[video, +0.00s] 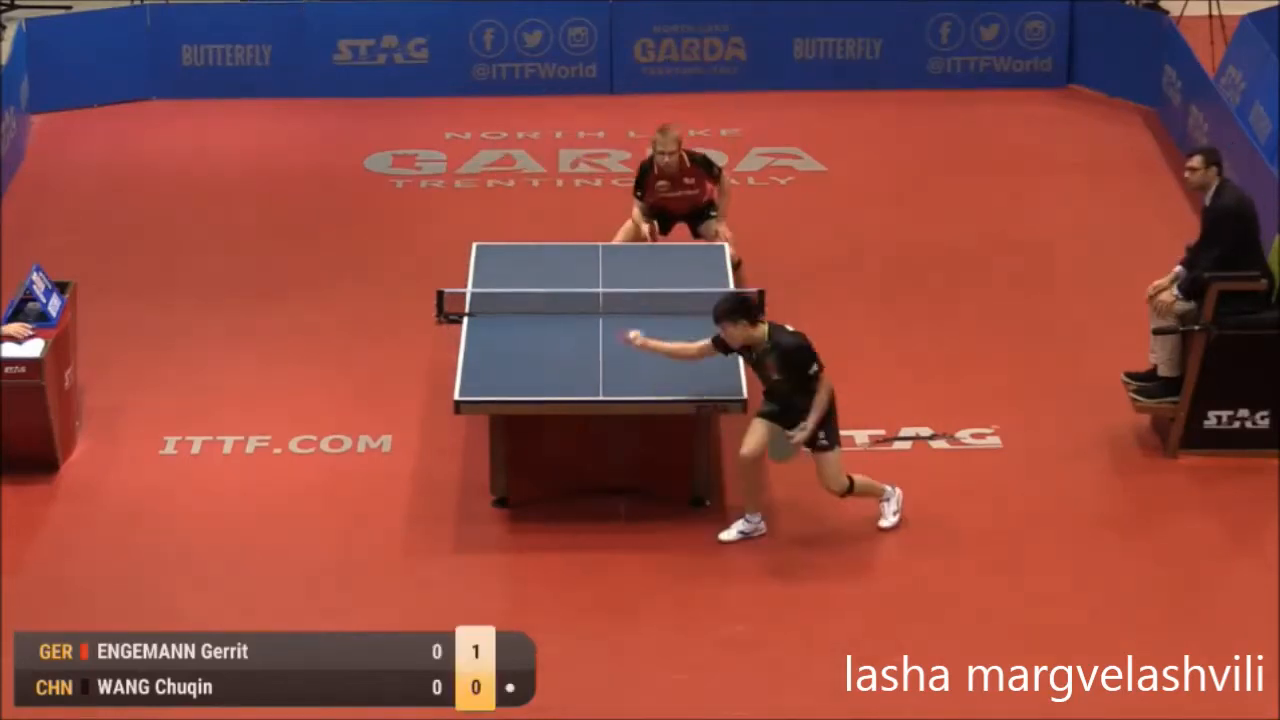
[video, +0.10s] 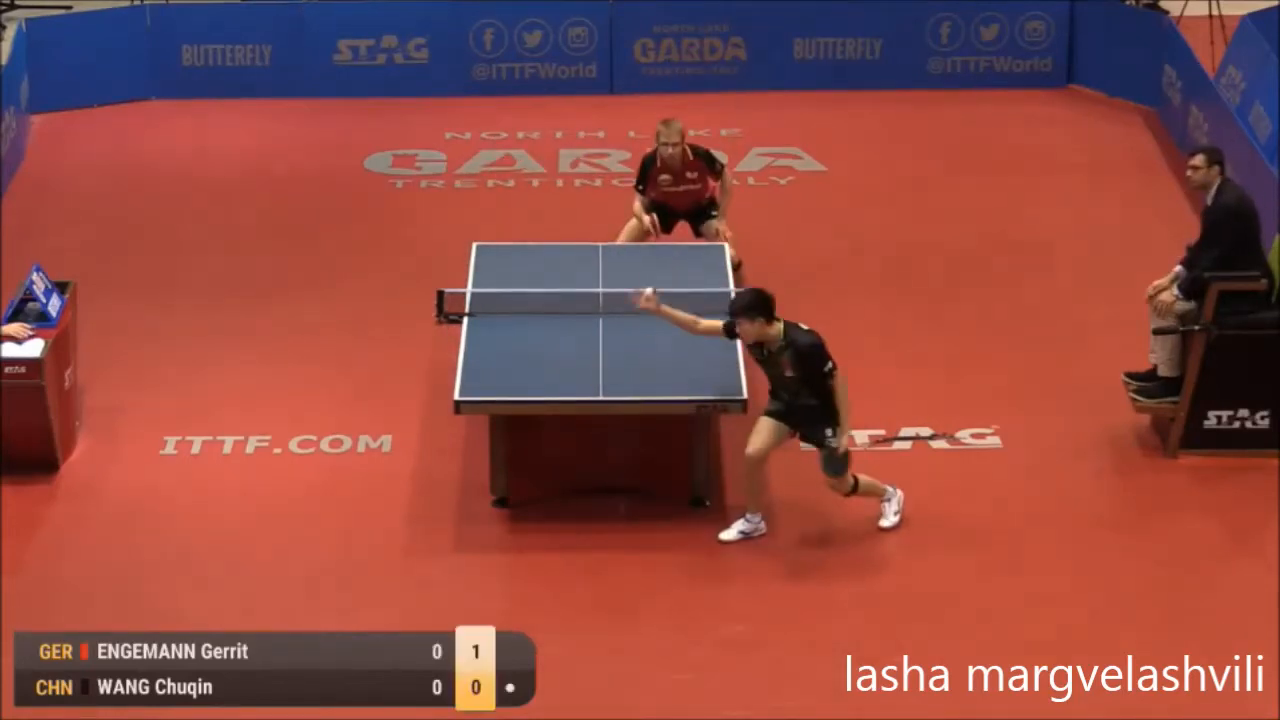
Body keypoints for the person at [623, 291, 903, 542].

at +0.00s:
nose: (725, 336)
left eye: (727, 330)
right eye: (723, 331)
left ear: (747, 325)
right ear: (735, 328)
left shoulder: (792, 344)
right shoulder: (740, 341)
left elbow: (824, 387)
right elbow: (695, 351)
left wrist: (807, 428)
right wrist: (647, 344)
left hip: (813, 406)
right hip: (777, 404)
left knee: (835, 484)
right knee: (748, 455)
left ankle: (888, 494)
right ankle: (753, 519)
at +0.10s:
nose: (737, 331)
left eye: (741, 325)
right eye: (736, 325)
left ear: (761, 323)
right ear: (749, 323)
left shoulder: (807, 343)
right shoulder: (748, 334)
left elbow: (837, 381)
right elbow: (698, 326)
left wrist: (844, 428)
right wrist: (657, 308)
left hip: (822, 412)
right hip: (784, 405)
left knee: (841, 483)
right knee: (753, 454)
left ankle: (890, 495)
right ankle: (753, 519)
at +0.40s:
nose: (774, 303)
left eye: (781, 300)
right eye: (775, 298)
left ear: (802, 304)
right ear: (781, 301)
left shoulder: (839, 323)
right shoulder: (778, 312)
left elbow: (877, 353)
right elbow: (734, 295)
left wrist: (888, 400)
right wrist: (690, 281)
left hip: (848, 383)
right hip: (808, 378)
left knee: (861, 452)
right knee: (774, 432)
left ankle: (893, 501)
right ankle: (759, 512)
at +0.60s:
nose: (763, 319)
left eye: (770, 315)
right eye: (764, 313)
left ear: (790, 320)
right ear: (765, 309)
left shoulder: (827, 318)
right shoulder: (769, 316)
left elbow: (873, 327)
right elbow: (740, 305)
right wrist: (705, 297)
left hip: (849, 376)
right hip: (810, 374)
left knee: (870, 450)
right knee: (762, 411)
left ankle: (895, 500)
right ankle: (773, 491)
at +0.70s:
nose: (750, 334)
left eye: (755, 330)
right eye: (748, 328)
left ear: (773, 328)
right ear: (757, 323)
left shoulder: (811, 323)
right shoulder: (768, 319)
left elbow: (859, 334)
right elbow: (743, 314)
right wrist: (712, 311)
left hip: (844, 380)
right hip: (805, 376)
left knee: (866, 455)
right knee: (755, 412)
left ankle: (894, 500)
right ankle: (776, 483)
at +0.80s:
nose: (717, 340)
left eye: (718, 335)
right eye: (714, 335)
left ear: (733, 329)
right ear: (735, 325)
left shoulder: (770, 330)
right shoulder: (745, 335)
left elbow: (814, 341)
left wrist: (777, 363)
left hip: (826, 384)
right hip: (793, 383)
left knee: (846, 463)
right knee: (744, 421)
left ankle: (890, 496)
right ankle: (768, 491)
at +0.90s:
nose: (699, 330)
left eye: (699, 325)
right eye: (697, 325)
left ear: (713, 321)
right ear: (719, 316)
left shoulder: (748, 328)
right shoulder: (737, 324)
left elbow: (789, 341)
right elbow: (778, 326)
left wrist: (740, 361)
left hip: (813, 386)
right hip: (785, 383)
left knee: (814, 469)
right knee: (742, 423)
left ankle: (879, 487)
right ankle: (768, 491)